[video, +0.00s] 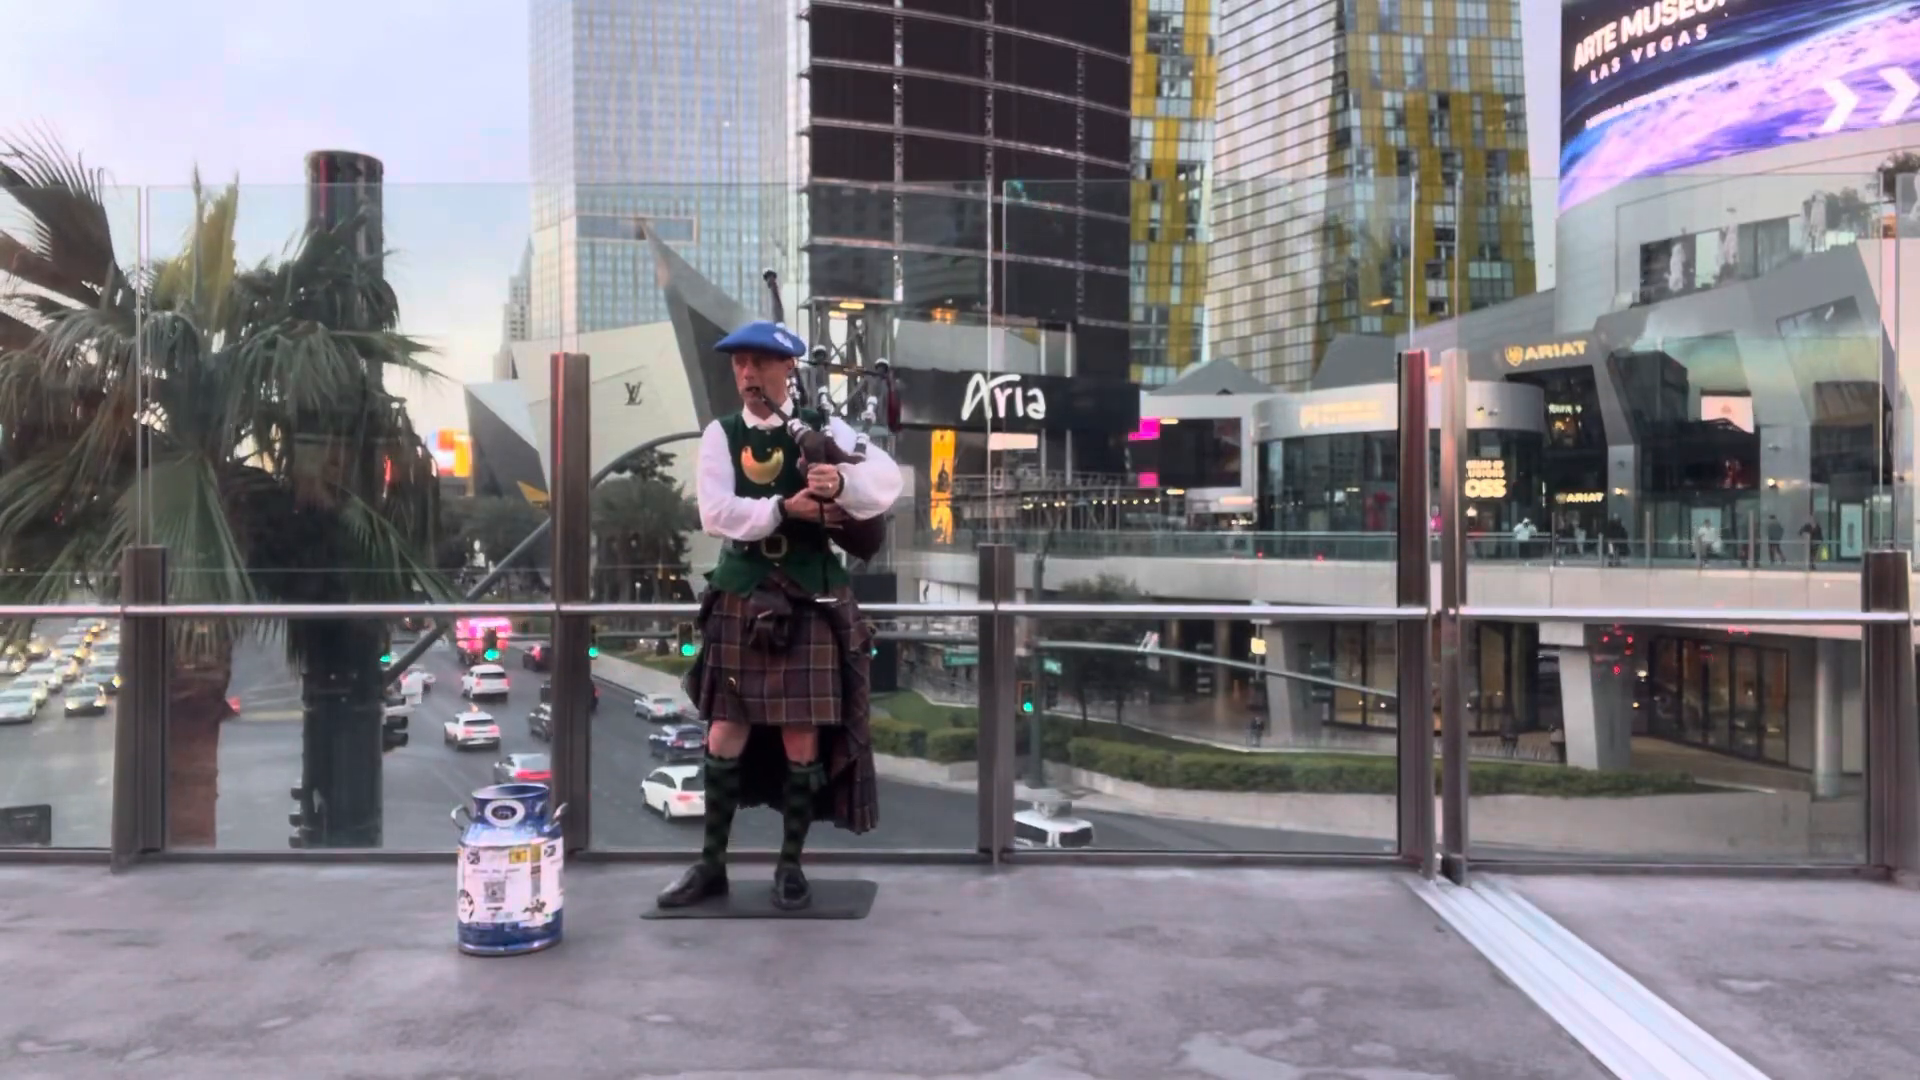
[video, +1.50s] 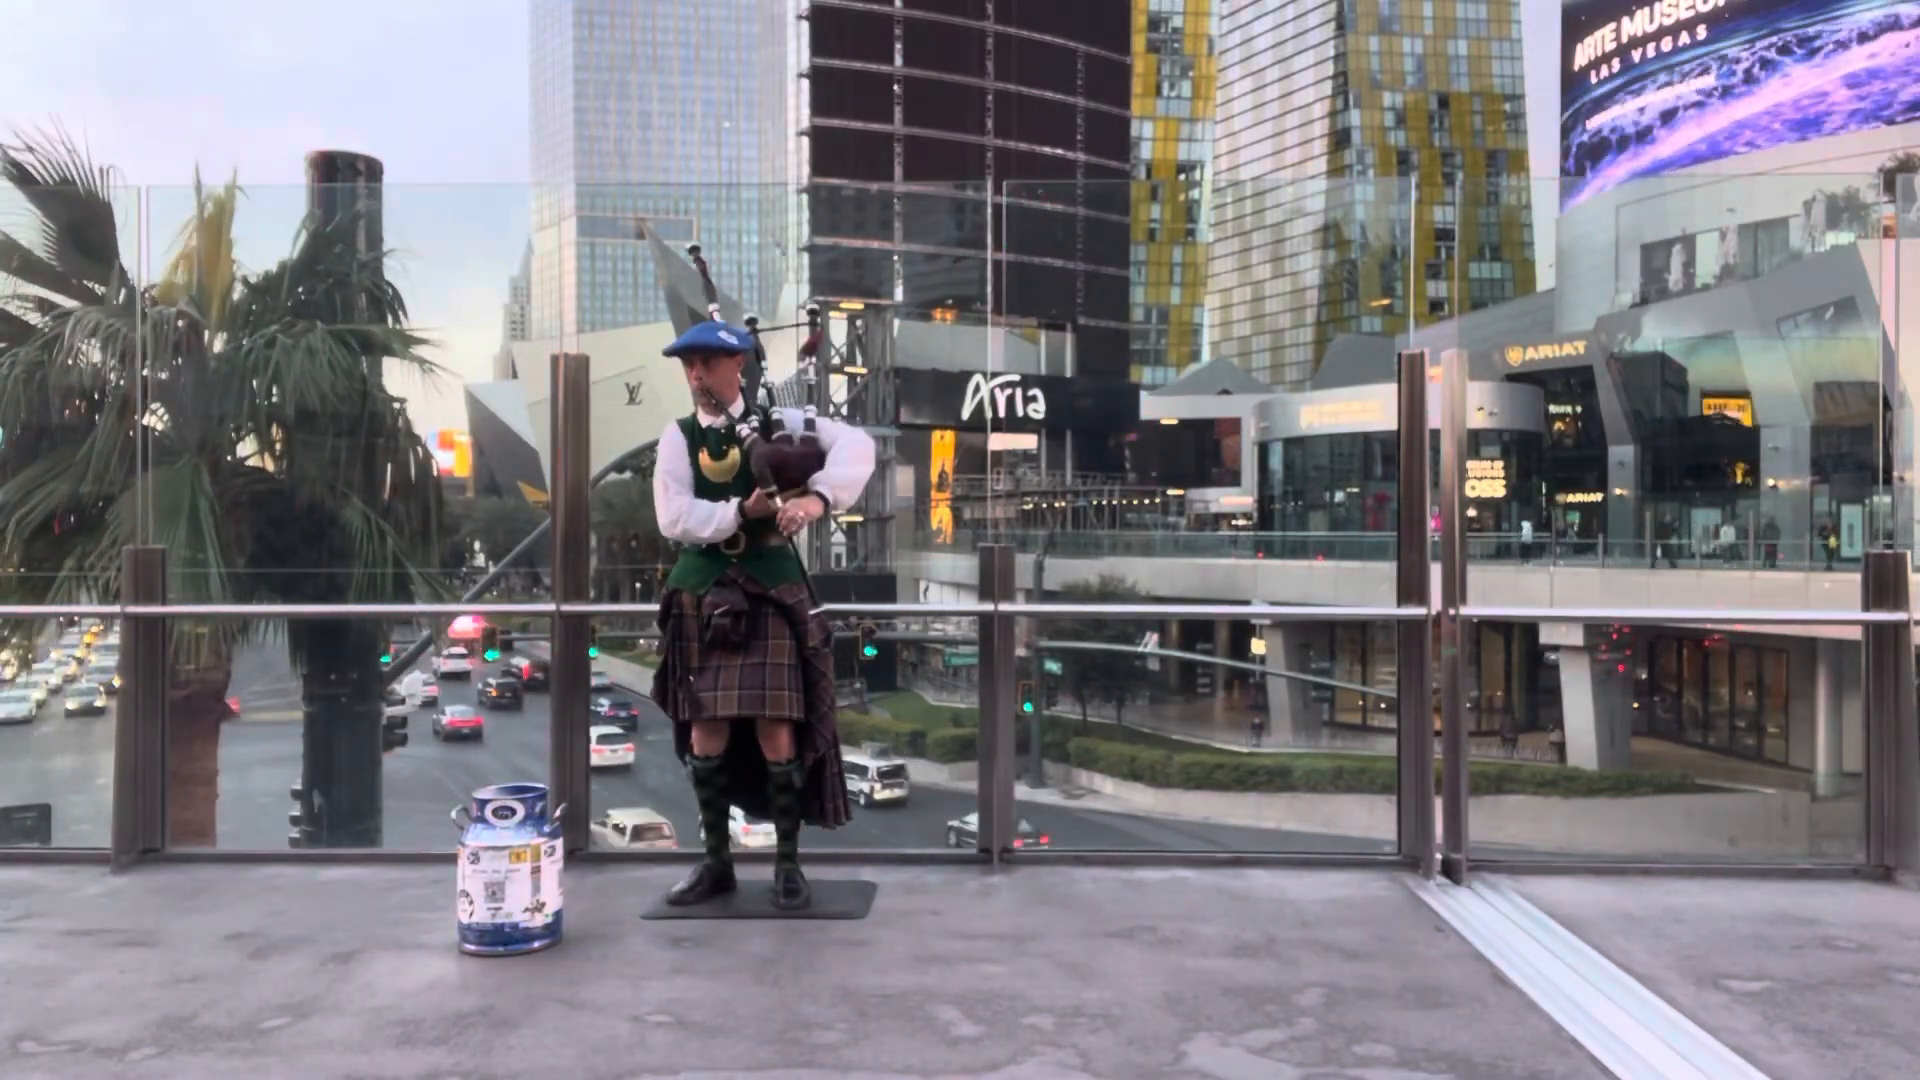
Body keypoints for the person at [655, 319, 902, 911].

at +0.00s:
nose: (746, 372)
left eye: (759, 361)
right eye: (740, 362)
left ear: (789, 367)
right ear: (732, 370)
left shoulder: (824, 429)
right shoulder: (721, 433)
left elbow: (890, 480)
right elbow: (715, 511)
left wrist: (842, 482)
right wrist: (784, 509)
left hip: (810, 595)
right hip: (741, 593)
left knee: (800, 731)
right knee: (725, 730)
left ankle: (790, 864)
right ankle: (712, 865)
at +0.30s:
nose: (747, 372)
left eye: (759, 362)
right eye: (740, 363)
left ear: (789, 368)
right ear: (733, 369)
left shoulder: (825, 431)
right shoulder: (721, 434)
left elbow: (886, 484)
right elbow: (715, 512)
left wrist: (844, 483)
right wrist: (783, 509)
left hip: (811, 595)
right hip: (742, 593)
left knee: (800, 730)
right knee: (726, 729)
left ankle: (790, 865)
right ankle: (711, 865)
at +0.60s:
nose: (743, 374)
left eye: (755, 363)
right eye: (737, 364)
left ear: (787, 368)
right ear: (731, 371)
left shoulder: (825, 429)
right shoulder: (722, 434)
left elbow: (880, 492)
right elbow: (714, 515)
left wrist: (843, 488)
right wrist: (782, 511)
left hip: (812, 594)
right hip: (741, 592)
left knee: (800, 730)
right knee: (725, 728)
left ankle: (790, 866)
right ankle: (711, 864)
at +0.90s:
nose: (733, 375)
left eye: (745, 364)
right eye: (726, 365)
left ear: (777, 368)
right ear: (723, 371)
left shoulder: (817, 425)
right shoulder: (713, 436)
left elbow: (874, 485)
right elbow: (700, 518)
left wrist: (833, 488)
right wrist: (765, 517)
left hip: (808, 591)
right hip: (735, 591)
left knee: (797, 727)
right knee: (723, 725)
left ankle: (791, 864)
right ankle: (718, 861)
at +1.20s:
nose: (716, 373)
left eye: (729, 362)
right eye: (710, 362)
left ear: (761, 367)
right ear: (705, 369)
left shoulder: (799, 422)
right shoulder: (695, 435)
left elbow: (869, 452)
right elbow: (685, 517)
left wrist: (823, 488)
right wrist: (748, 517)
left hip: (789, 588)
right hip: (717, 589)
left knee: (787, 727)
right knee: (716, 726)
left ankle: (788, 863)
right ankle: (718, 862)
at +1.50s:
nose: (698, 373)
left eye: (710, 361)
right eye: (690, 363)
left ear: (739, 364)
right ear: (684, 370)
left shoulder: (779, 422)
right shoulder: (678, 436)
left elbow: (858, 443)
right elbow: (672, 515)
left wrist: (820, 497)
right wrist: (741, 512)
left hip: (774, 586)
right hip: (703, 588)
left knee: (776, 728)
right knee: (706, 728)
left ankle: (787, 866)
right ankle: (717, 863)